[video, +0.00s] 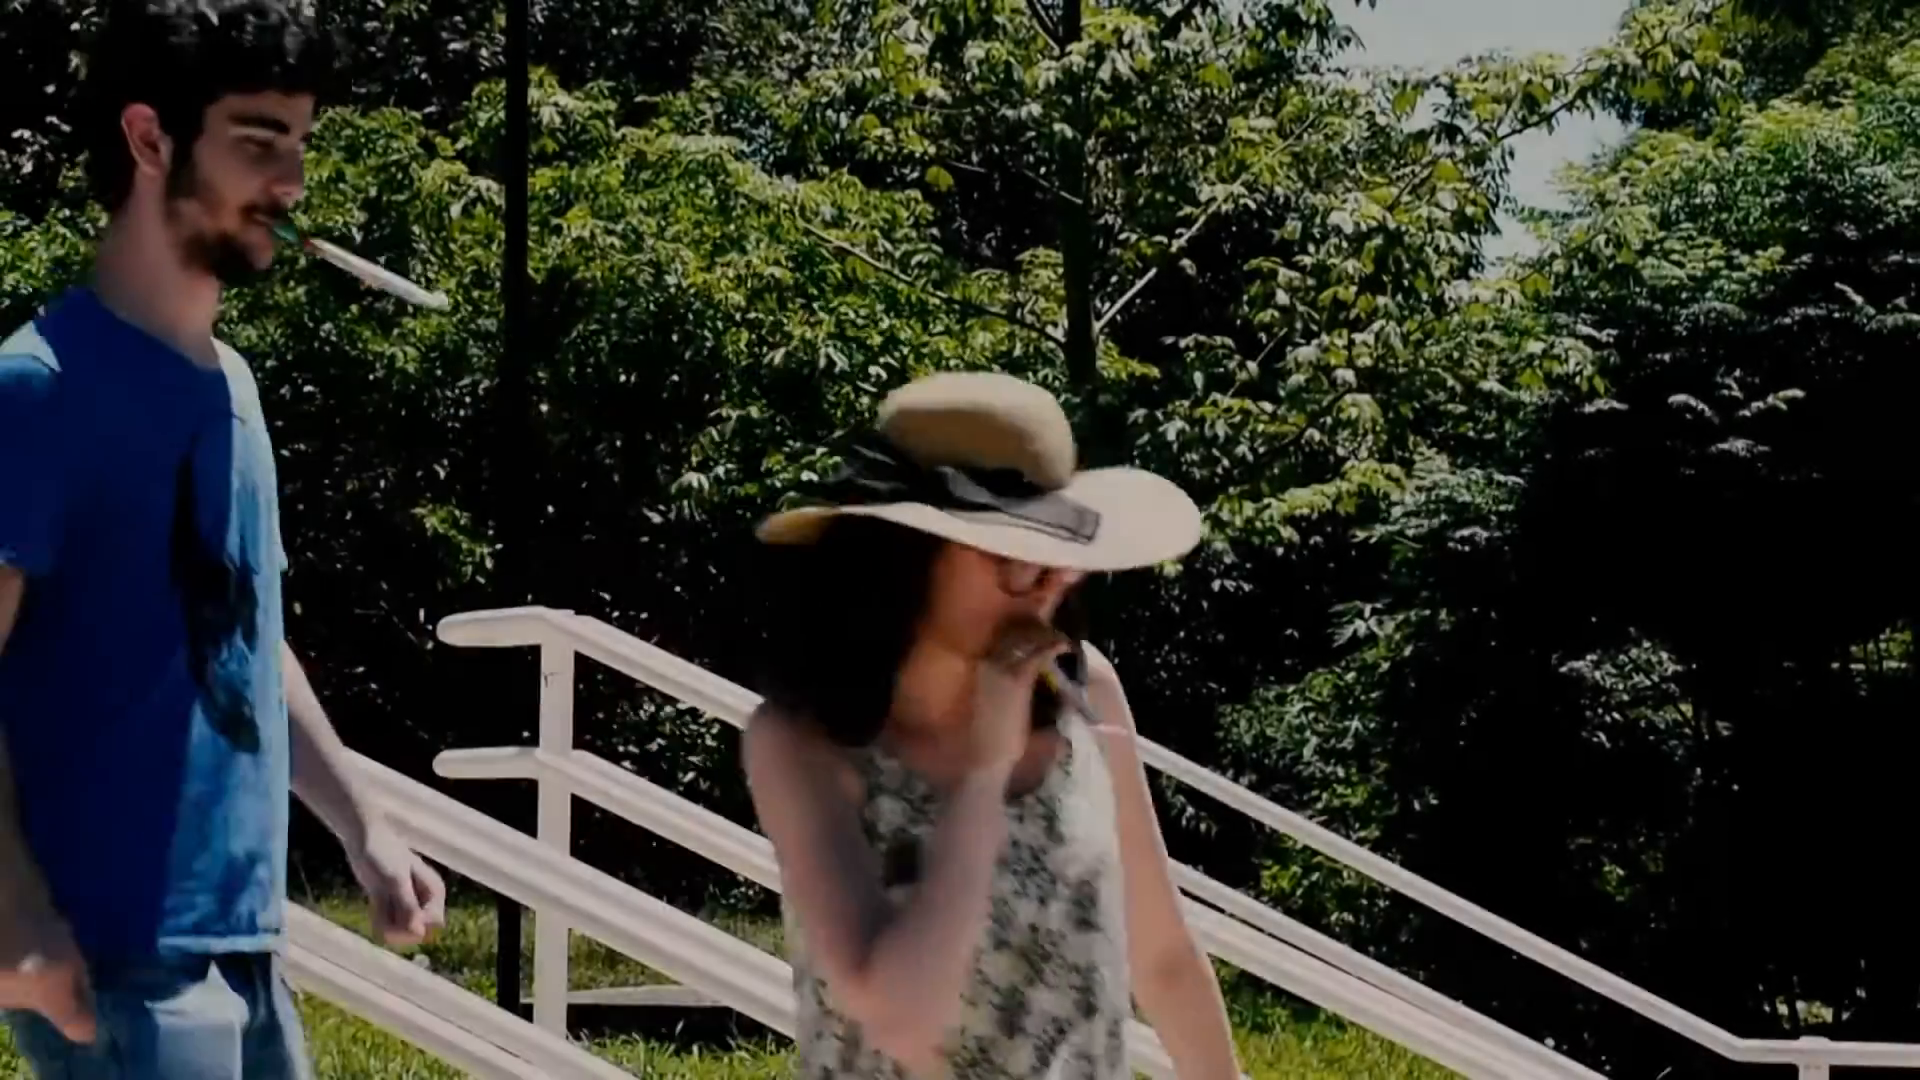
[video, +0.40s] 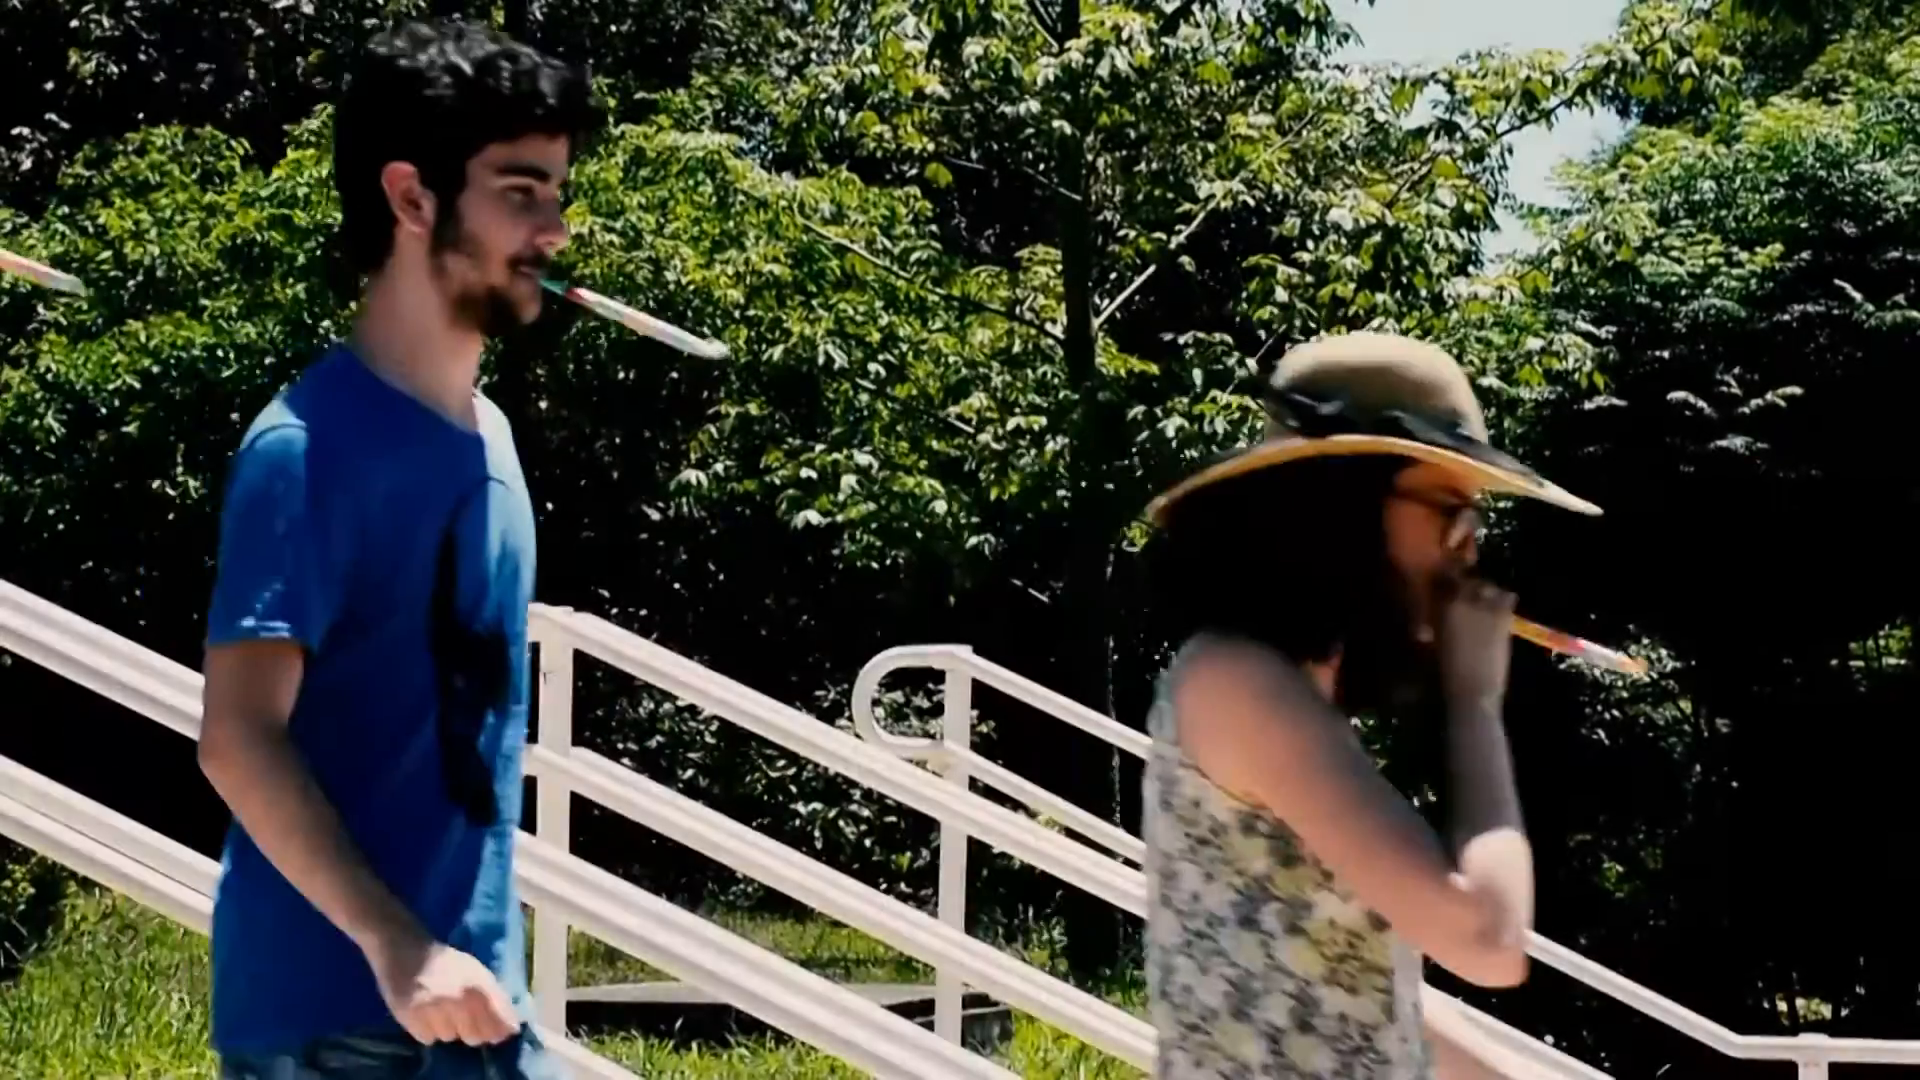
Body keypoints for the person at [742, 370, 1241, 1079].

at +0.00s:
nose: (1054, 580)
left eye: (1063, 551)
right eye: (1015, 554)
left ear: (1078, 554)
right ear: (911, 550)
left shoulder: (1081, 691)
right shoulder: (797, 739)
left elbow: (1166, 961)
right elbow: (905, 1022)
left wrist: (1219, 1071)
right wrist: (987, 767)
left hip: (1091, 1064)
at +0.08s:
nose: (1140, 611)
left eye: (1151, 583)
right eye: (1109, 575)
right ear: (999, 573)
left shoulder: (1130, 745)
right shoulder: (879, 761)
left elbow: (1211, 1017)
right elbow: (1030, 1034)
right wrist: (1108, 777)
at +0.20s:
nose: (1259, 561)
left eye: (1269, 532)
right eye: (1230, 525)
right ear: (1120, 522)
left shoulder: (1184, 713)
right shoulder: (995, 705)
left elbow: (1264, 982)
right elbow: (1197, 970)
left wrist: (1324, 1072)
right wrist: (1241, 718)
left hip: (1225, 1066)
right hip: (1055, 1065)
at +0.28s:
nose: (1343, 512)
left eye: (1349, 486)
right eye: (1316, 483)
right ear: (1214, 483)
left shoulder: (1236, 683)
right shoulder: (1095, 663)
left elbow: (1299, 953)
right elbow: (1319, 917)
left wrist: (1405, 1064)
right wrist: (1337, 677)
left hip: (1283, 1063)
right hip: (1143, 1062)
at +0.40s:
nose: (1468, 541)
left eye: (1470, 513)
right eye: (1446, 508)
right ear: (1344, 506)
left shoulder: (1280, 691)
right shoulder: (1232, 683)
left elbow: (1357, 996)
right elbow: (1491, 943)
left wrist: (1509, 1068)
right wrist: (1476, 695)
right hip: (1285, 1061)